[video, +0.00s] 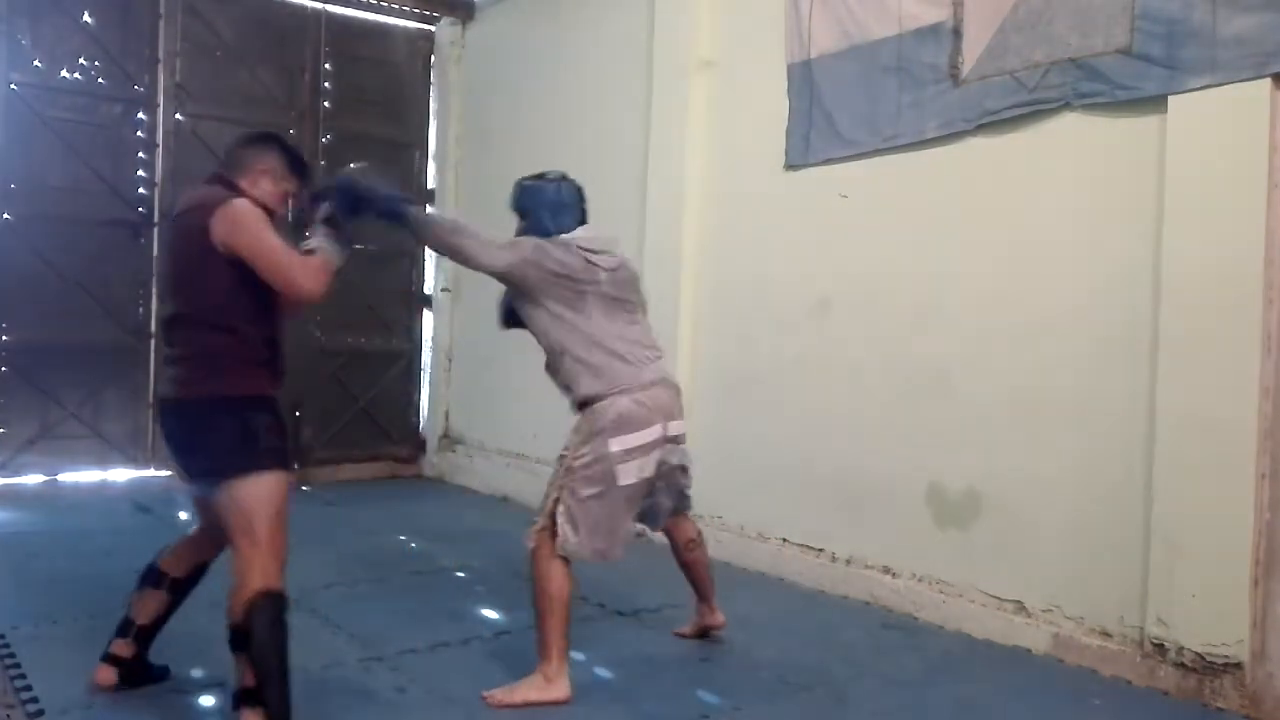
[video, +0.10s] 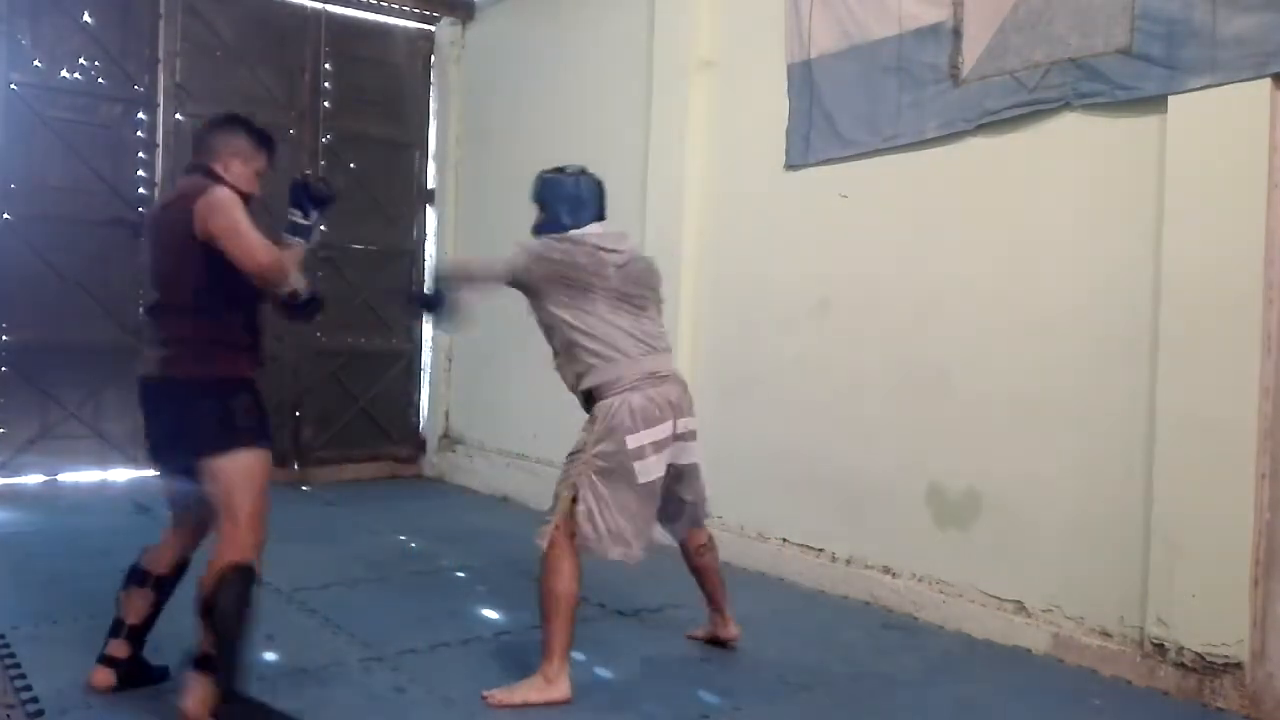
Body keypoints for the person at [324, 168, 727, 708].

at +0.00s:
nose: (515, 226)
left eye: (518, 218)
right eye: (516, 218)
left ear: (531, 219)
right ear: (578, 216)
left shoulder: (536, 258)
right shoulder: (613, 260)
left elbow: (461, 241)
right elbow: (584, 302)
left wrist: (394, 207)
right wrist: (523, 310)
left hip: (613, 415)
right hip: (664, 404)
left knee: (549, 541)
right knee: (676, 513)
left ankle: (552, 675)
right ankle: (710, 610)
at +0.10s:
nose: (533, 219)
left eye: (537, 210)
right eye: (534, 211)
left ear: (549, 214)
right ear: (597, 212)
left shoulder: (544, 259)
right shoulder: (637, 262)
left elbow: (478, 271)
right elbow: (647, 326)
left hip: (622, 410)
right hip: (674, 399)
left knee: (561, 535)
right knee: (688, 521)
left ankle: (553, 674)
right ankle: (723, 620)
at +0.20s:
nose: (555, 219)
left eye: (559, 210)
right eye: (557, 209)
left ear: (573, 215)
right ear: (616, 211)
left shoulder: (567, 266)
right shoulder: (662, 260)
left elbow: (517, 330)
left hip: (627, 412)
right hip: (681, 406)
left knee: (570, 534)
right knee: (701, 531)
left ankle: (553, 673)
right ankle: (738, 638)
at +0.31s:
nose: (575, 230)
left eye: (578, 220)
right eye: (575, 220)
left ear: (592, 223)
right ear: (635, 217)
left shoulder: (594, 270)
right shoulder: (683, 265)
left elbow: (549, 340)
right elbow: (688, 332)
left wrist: (531, 333)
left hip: (634, 411)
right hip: (690, 407)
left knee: (574, 530)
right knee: (708, 536)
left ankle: (550, 654)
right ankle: (741, 640)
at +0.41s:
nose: (582, 224)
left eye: (585, 214)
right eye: (581, 214)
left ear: (604, 213)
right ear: (640, 207)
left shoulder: (608, 257)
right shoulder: (684, 259)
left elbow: (580, 320)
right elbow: (662, 321)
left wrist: (540, 311)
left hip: (634, 403)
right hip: (688, 401)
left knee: (564, 511)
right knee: (701, 524)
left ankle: (554, 632)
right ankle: (739, 637)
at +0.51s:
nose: (574, 229)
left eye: (577, 219)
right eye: (572, 220)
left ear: (594, 218)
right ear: (628, 212)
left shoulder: (611, 258)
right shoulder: (661, 257)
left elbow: (593, 319)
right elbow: (631, 311)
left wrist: (540, 293)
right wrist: (578, 281)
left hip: (626, 403)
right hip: (676, 402)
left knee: (551, 498)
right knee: (696, 522)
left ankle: (528, 621)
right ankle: (737, 636)